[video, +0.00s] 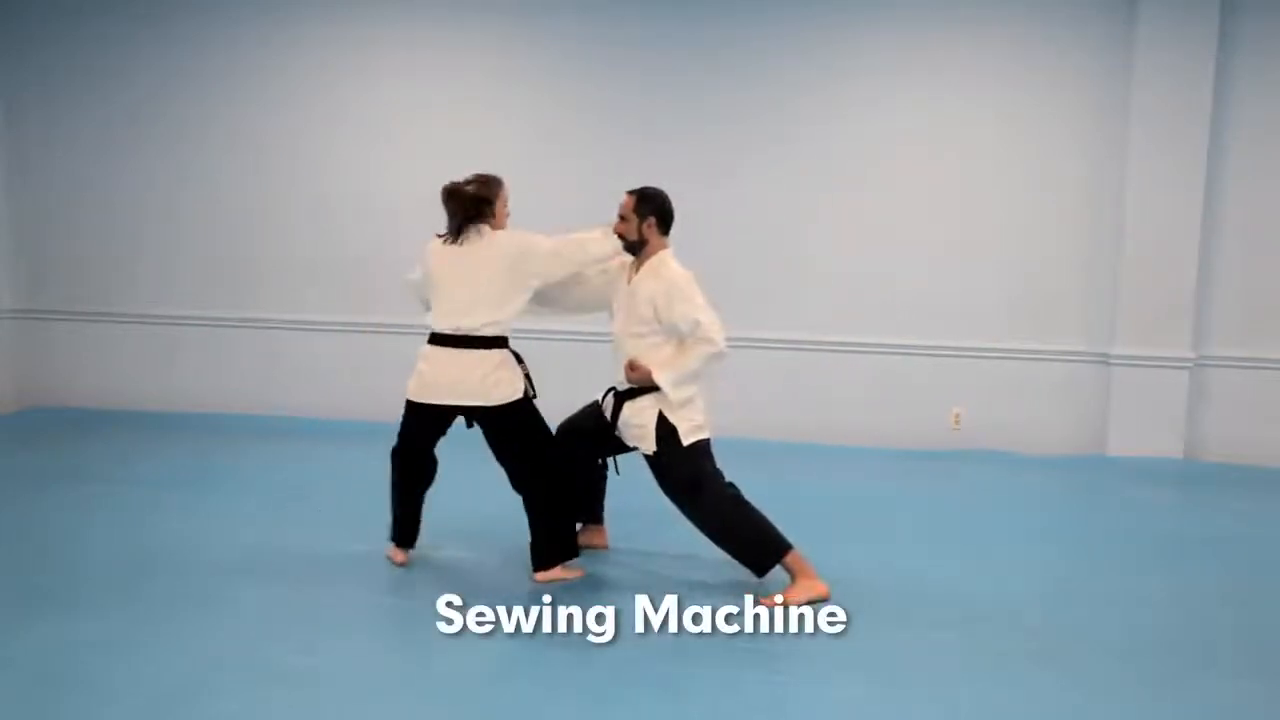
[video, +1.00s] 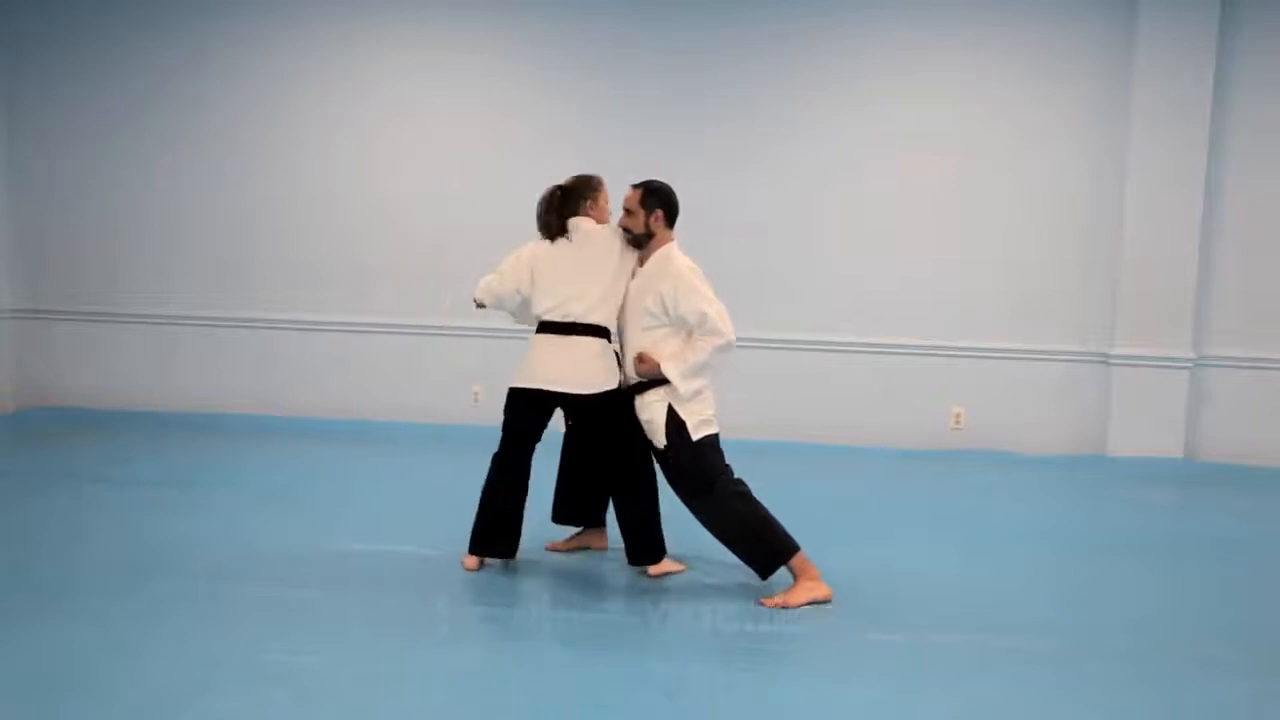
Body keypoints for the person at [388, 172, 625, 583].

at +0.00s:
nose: (509, 212)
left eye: (507, 204)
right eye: (505, 206)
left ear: (463, 210)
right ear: (491, 210)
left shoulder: (437, 250)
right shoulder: (515, 248)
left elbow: (421, 289)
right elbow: (571, 252)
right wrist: (617, 236)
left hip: (435, 376)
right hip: (492, 378)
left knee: (410, 454)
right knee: (538, 465)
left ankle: (400, 544)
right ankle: (549, 562)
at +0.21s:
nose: (500, 226)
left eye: (499, 218)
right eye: (496, 219)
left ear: (453, 223)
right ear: (478, 224)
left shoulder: (427, 259)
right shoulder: (501, 253)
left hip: (435, 388)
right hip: (491, 386)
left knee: (417, 462)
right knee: (574, 442)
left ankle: (403, 549)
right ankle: (579, 533)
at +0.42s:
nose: (523, 232)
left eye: (521, 225)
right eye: (520, 225)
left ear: (483, 233)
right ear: (512, 230)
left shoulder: (464, 272)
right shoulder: (527, 264)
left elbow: (445, 318)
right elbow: (525, 303)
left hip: (475, 399)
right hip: (531, 398)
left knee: (433, 466)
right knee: (601, 457)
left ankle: (401, 549)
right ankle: (648, 551)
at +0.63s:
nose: (590, 213)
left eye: (586, 206)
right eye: (585, 207)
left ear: (551, 222)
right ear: (574, 217)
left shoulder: (533, 268)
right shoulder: (613, 257)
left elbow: (481, 306)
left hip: (534, 385)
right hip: (591, 386)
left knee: (489, 465)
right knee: (635, 466)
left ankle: (434, 546)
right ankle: (659, 562)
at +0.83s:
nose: (610, 206)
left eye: (607, 199)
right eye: (606, 201)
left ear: (569, 210)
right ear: (593, 207)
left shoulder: (545, 253)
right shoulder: (626, 248)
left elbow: (499, 293)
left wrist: (483, 285)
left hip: (545, 373)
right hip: (603, 376)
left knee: (516, 458)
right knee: (637, 464)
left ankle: (479, 548)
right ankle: (659, 560)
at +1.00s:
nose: (611, 209)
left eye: (609, 202)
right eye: (607, 203)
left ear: (568, 210)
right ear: (592, 207)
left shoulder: (538, 251)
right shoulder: (620, 243)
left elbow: (489, 293)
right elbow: (662, 243)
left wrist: (537, 310)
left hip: (537, 373)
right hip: (595, 378)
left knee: (511, 457)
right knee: (631, 461)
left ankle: (479, 550)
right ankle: (650, 557)